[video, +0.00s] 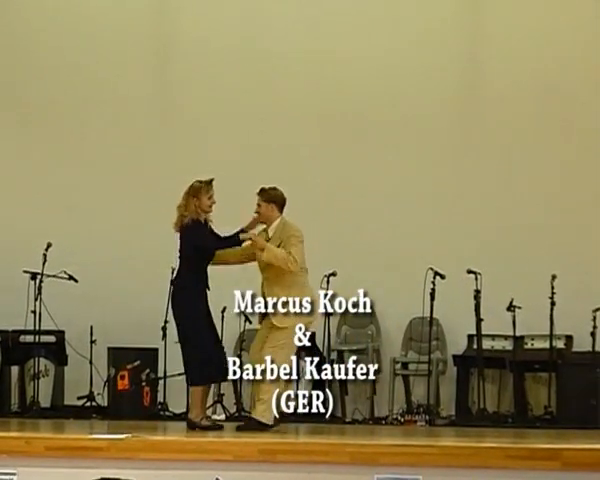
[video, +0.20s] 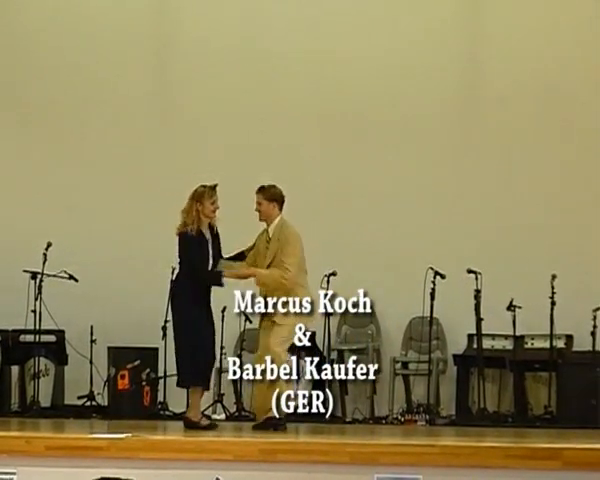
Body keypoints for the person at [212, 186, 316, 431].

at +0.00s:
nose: (256, 210)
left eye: (259, 206)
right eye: (256, 205)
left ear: (273, 208)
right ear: (268, 208)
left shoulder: (291, 232)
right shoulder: (263, 236)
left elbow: (293, 262)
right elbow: (241, 254)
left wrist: (261, 246)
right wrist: (205, 256)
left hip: (295, 311)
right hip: (275, 310)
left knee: (273, 358)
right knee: (257, 357)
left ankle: (265, 415)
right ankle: (260, 412)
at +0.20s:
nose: (256, 208)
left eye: (259, 204)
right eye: (256, 204)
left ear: (274, 206)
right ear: (268, 206)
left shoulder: (289, 235)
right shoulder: (263, 237)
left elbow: (286, 276)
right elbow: (247, 264)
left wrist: (252, 272)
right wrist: (220, 268)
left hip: (292, 308)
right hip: (271, 307)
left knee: (275, 347)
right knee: (263, 358)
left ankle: (281, 410)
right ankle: (263, 414)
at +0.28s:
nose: (257, 203)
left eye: (261, 199)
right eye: (257, 199)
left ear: (276, 201)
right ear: (266, 201)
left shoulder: (285, 228)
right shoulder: (266, 229)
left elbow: (268, 264)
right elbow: (254, 256)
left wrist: (230, 263)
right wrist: (226, 260)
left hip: (295, 305)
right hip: (273, 306)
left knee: (288, 353)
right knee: (268, 357)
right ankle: (270, 413)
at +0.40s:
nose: (257, 204)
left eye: (261, 200)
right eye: (257, 200)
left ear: (275, 201)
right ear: (265, 202)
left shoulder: (283, 228)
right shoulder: (264, 231)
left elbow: (256, 256)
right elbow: (254, 266)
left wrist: (221, 265)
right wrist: (225, 265)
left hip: (298, 301)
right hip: (273, 304)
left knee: (305, 355)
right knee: (262, 351)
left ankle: (324, 408)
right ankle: (267, 410)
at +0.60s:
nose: (252, 212)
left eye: (256, 207)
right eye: (250, 207)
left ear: (270, 208)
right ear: (250, 209)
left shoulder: (285, 236)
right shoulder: (249, 239)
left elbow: (289, 275)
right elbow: (244, 271)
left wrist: (257, 281)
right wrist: (223, 273)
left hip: (289, 310)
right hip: (263, 311)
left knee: (307, 359)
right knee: (261, 364)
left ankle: (328, 408)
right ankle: (261, 417)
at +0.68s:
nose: (256, 205)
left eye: (260, 200)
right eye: (253, 201)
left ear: (272, 201)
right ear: (251, 203)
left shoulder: (289, 230)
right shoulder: (245, 232)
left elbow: (310, 265)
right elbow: (232, 263)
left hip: (290, 304)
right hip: (260, 306)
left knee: (303, 356)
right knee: (260, 362)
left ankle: (318, 404)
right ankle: (261, 415)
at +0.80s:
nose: (262, 198)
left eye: (267, 193)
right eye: (259, 194)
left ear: (278, 195)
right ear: (256, 196)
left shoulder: (294, 221)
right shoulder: (247, 222)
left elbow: (318, 248)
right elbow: (229, 247)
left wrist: (315, 226)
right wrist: (204, 248)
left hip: (288, 295)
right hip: (257, 295)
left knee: (292, 351)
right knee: (257, 354)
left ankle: (294, 408)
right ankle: (258, 412)